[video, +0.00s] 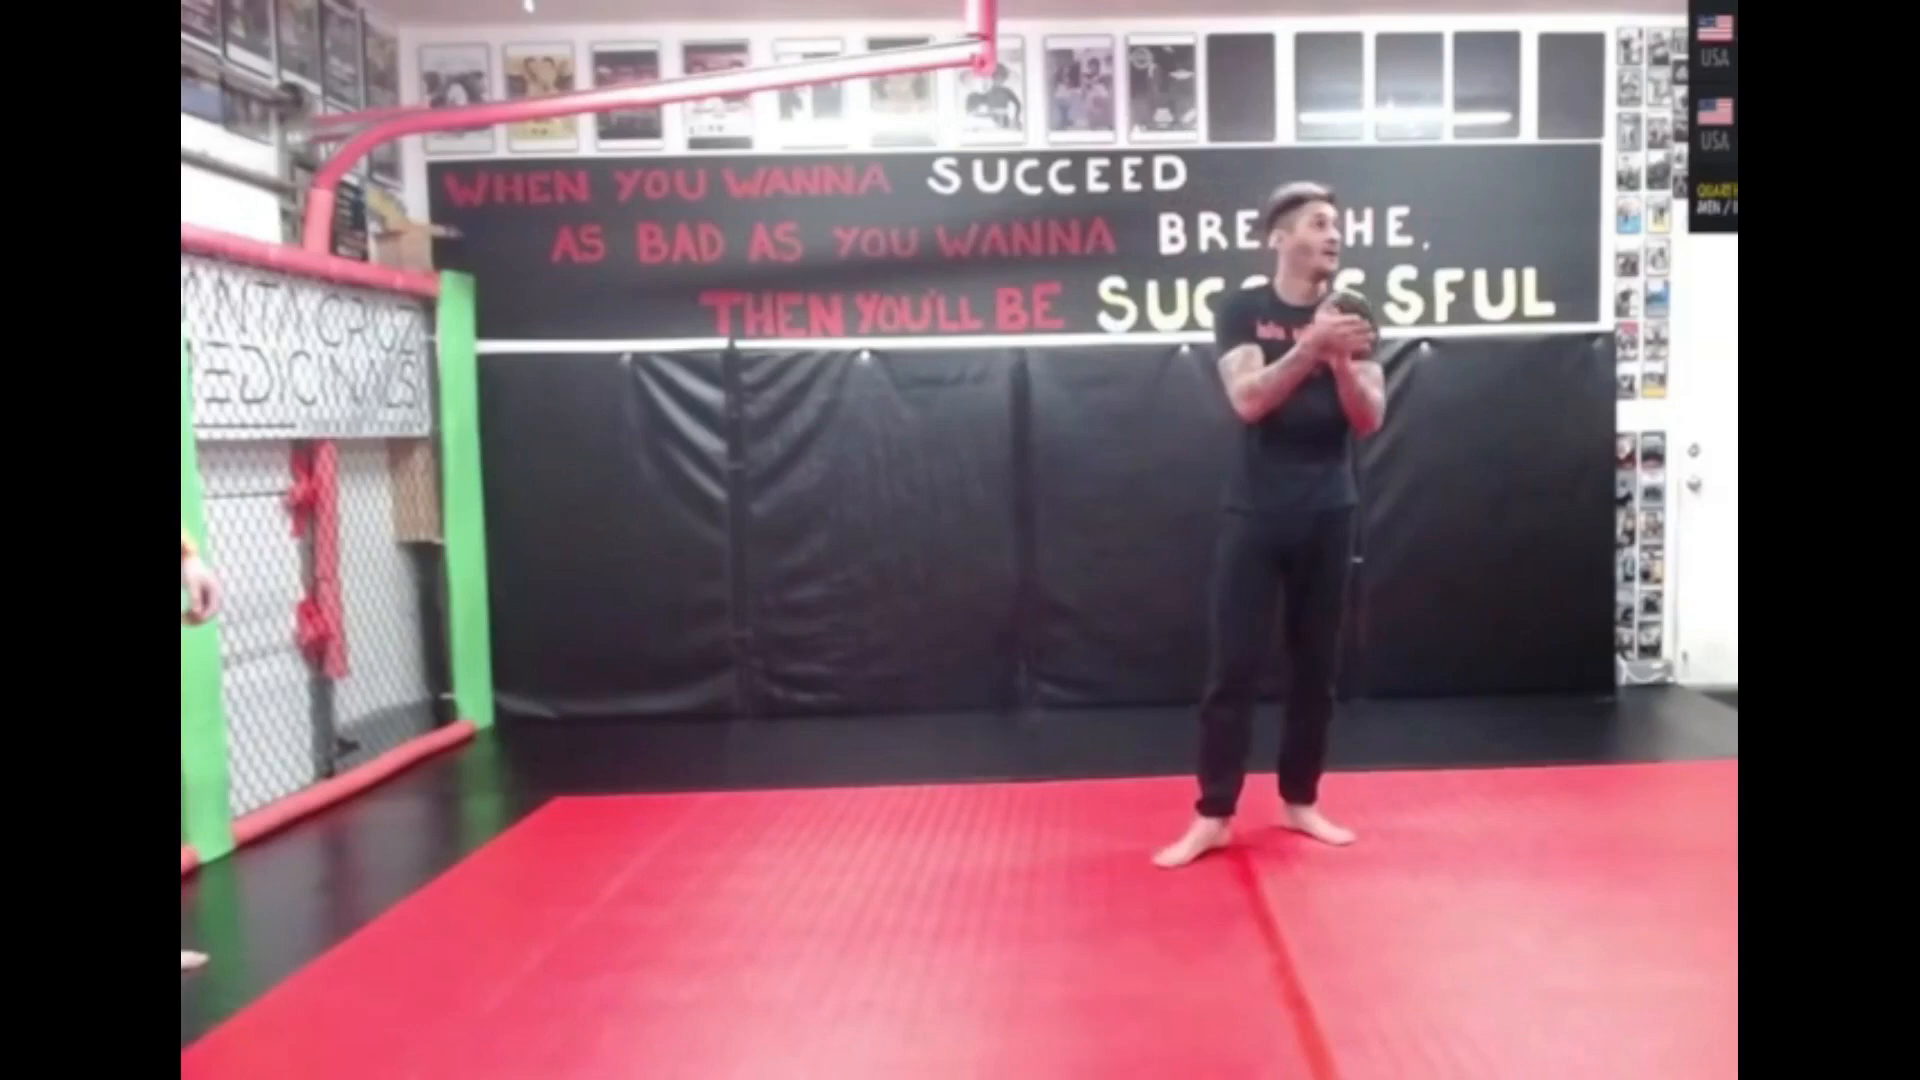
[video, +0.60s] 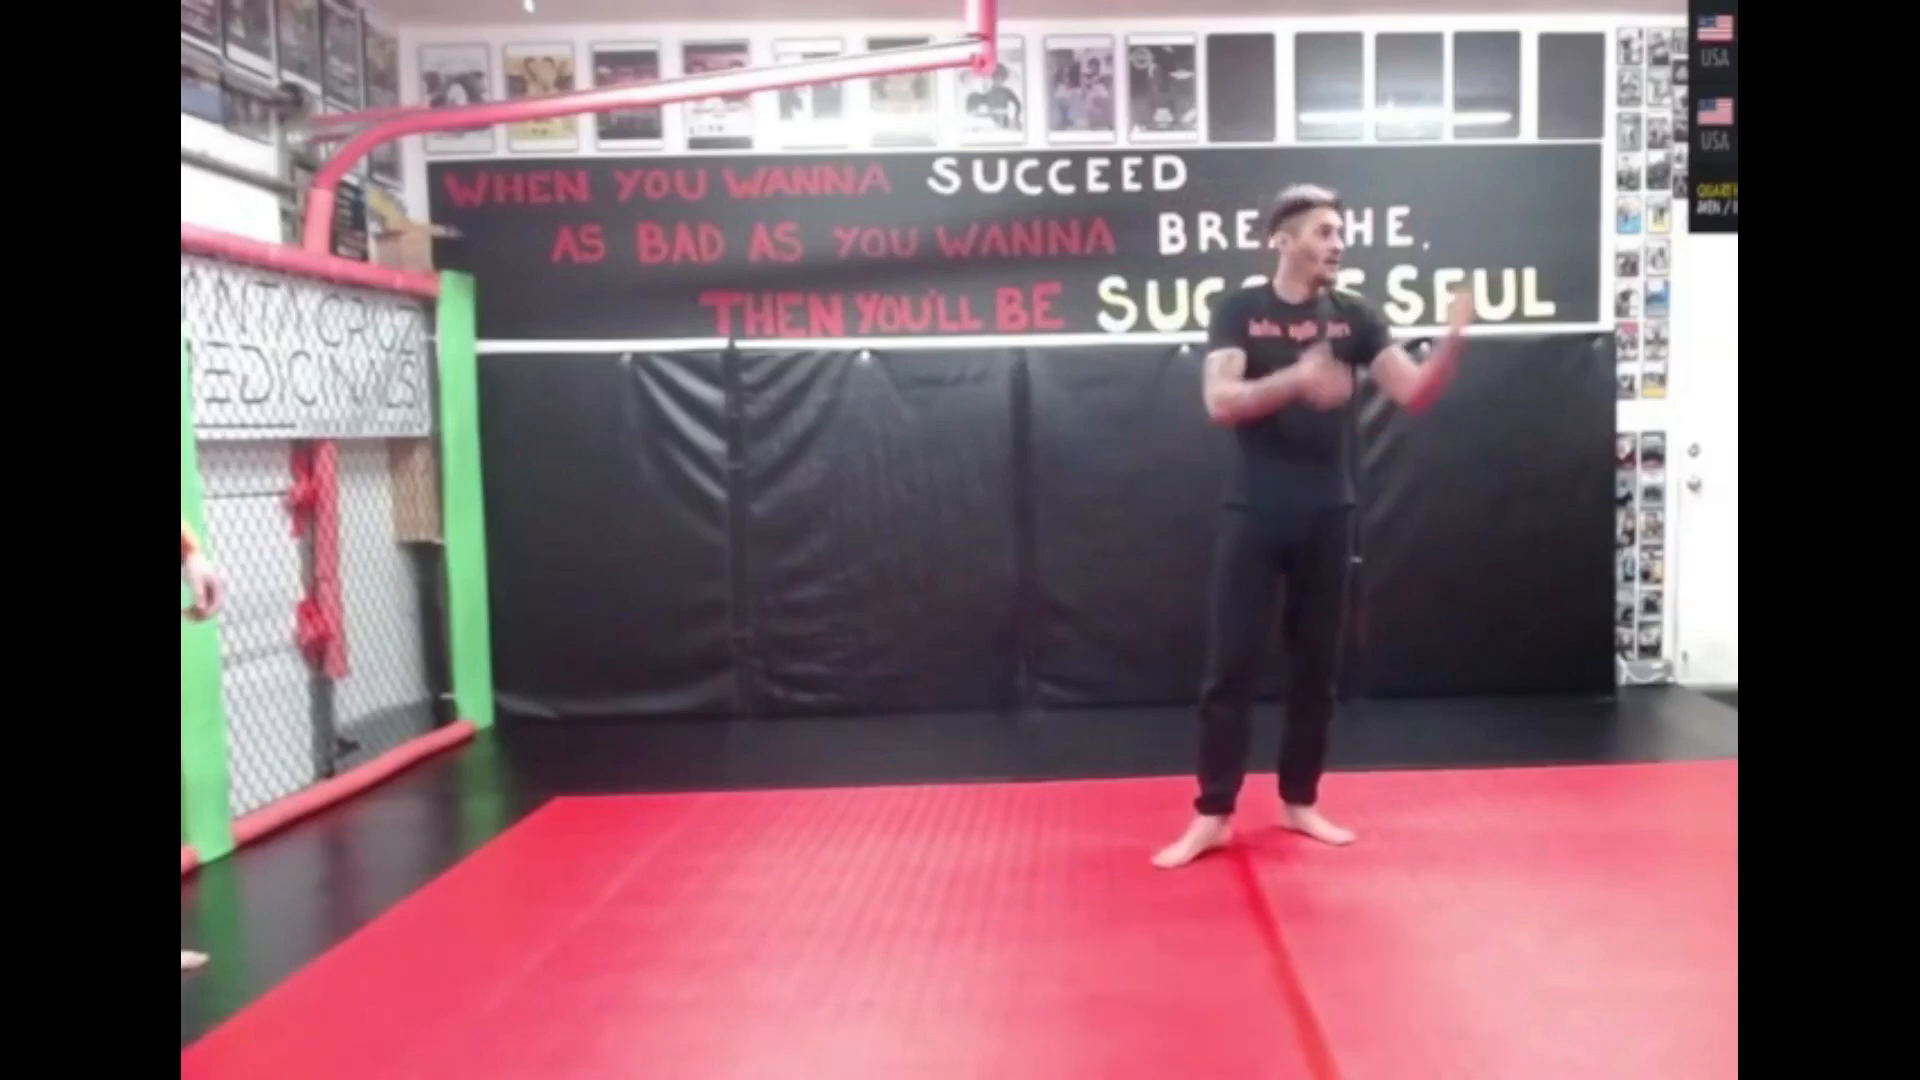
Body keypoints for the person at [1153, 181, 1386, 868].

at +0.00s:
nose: (1332, 235)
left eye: (1335, 225)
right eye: (1317, 224)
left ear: (1338, 242)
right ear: (1276, 239)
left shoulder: (1353, 315)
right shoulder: (1240, 309)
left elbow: (1369, 419)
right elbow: (1248, 401)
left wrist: (1343, 356)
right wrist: (1315, 344)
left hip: (1328, 512)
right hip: (1254, 511)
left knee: (1317, 662)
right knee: (1234, 661)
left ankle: (1300, 800)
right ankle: (1213, 814)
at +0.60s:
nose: (1338, 244)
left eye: (1340, 234)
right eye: (1324, 232)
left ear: (1338, 245)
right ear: (1282, 241)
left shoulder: (1352, 315)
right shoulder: (1239, 309)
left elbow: (1413, 392)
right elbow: (1220, 401)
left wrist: (1451, 336)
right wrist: (1298, 378)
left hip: (1327, 515)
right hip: (1251, 512)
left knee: (1318, 662)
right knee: (1230, 662)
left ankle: (1300, 802)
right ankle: (1213, 813)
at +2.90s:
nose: (1237, 247)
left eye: (1249, 235)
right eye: (1234, 236)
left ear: (1290, 242)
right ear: (1234, 244)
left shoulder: (1336, 315)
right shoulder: (1217, 318)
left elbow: (1366, 414)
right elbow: (1153, 401)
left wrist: (1322, 462)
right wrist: (1067, 379)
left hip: (1312, 515)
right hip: (1235, 513)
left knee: (1307, 662)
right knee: (1218, 664)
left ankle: (1299, 802)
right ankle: (1211, 817)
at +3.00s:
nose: (1235, 247)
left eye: (1246, 235)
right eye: (1231, 236)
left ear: (1287, 241)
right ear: (1231, 243)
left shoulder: (1334, 314)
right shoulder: (1215, 318)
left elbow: (1365, 412)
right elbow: (1151, 402)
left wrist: (1334, 456)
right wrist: (1066, 380)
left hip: (1310, 514)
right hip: (1234, 513)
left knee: (1308, 663)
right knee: (1219, 665)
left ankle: (1299, 802)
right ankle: (1211, 817)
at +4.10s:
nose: (1179, 252)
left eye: (1195, 240)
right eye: (1181, 239)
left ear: (1235, 256)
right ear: (1188, 253)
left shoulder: (1269, 333)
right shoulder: (1160, 334)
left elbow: (1315, 437)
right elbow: (1114, 417)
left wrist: (1274, 497)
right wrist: (1055, 457)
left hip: (1243, 536)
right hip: (1169, 532)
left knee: (1279, 673)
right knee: (1104, 658)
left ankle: (1295, 807)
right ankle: (1059, 823)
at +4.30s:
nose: (970, 295)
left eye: (987, 280)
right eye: (968, 282)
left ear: (1037, 295)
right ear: (974, 297)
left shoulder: (1082, 371)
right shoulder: (994, 383)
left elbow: (1147, 467)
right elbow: (983, 469)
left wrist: (1116, 551)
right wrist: (916, 531)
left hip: (1104, 555)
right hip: (1033, 560)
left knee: (1175, 691)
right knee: (970, 685)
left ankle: (1264, 802)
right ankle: (943, 850)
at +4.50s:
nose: (833, 368)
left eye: (840, 352)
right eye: (831, 353)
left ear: (887, 343)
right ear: (880, 348)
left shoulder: (975, 391)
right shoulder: (909, 406)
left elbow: (1017, 507)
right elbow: (931, 502)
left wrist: (988, 619)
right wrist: (923, 605)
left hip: (1050, 541)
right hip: (979, 539)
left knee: (1099, 697)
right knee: (939, 677)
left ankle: (1175, 843)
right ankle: (939, 847)